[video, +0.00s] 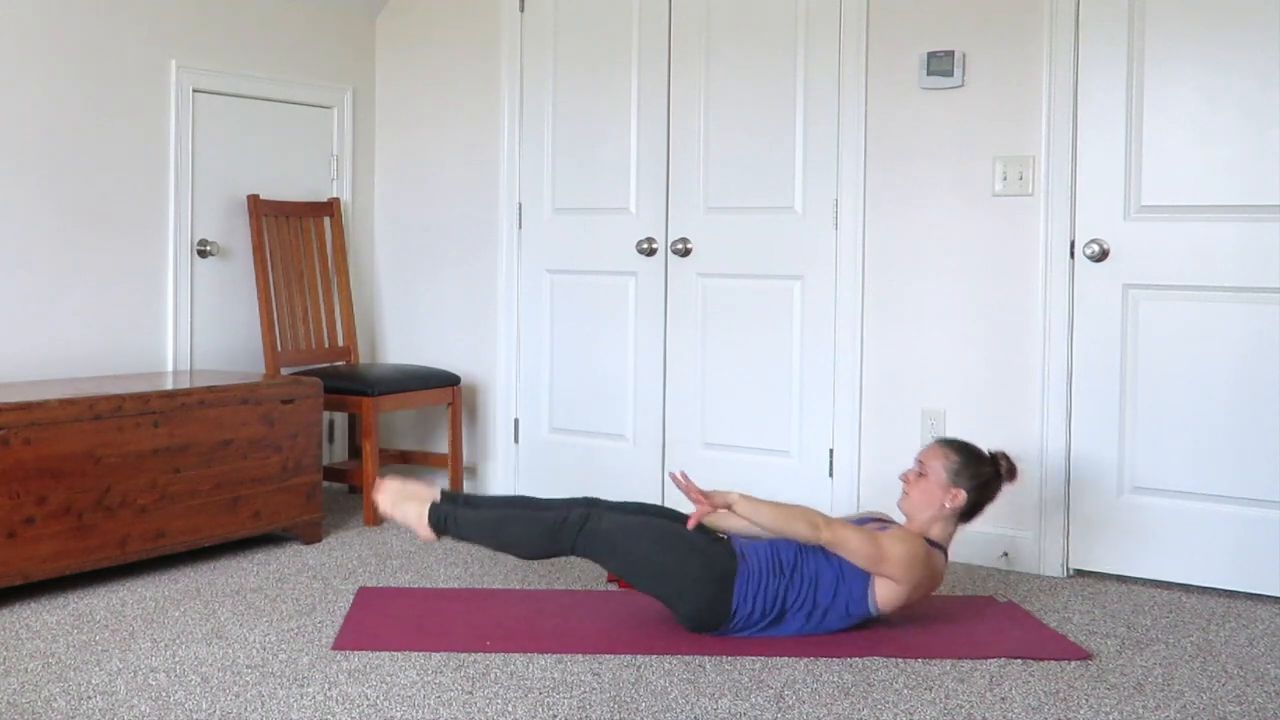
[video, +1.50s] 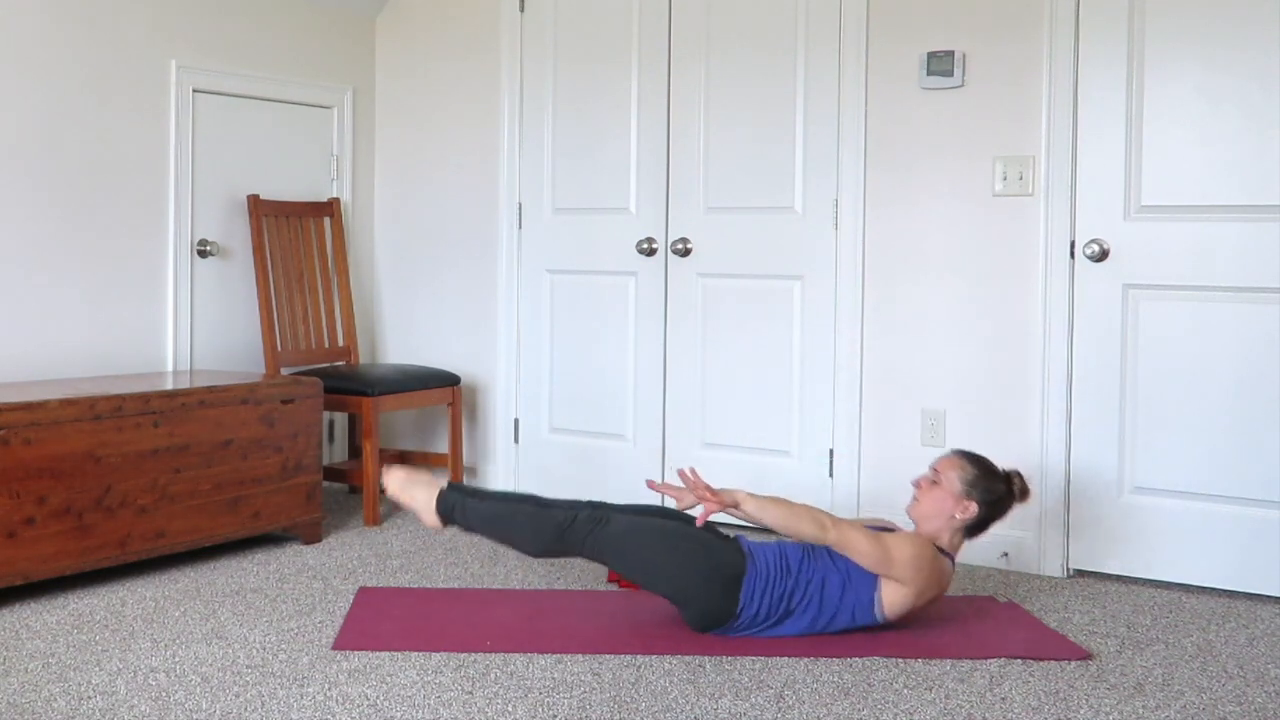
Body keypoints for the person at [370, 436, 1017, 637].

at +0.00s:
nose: (906, 478)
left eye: (923, 475)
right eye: (915, 467)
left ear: (955, 503)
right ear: (935, 493)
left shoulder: (913, 557)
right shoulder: (897, 536)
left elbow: (814, 528)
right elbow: (808, 538)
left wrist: (731, 505)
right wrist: (732, 509)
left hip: (729, 585)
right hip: (727, 565)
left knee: (584, 522)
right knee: (584, 512)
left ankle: (434, 513)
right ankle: (436, 506)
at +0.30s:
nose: (817, 389)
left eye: (830, 382)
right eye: (823, 378)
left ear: (864, 401)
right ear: (859, 400)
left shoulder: (853, 473)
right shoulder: (827, 453)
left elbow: (750, 486)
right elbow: (741, 478)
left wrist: (653, 495)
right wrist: (648, 496)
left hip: (716, 595)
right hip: (713, 569)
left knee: (625, 447)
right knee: (625, 442)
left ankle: (506, 531)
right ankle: (508, 520)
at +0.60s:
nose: (783, 361)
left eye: (796, 355)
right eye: (789, 351)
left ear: (829, 374)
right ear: (824, 374)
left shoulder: (814, 447)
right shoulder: (786, 433)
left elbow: (716, 485)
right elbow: (701, 468)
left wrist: (622, 514)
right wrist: (616, 506)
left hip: (712, 598)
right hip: (705, 582)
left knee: (679, 431)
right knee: (672, 426)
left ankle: (553, 504)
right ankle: (552, 489)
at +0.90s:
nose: (885, 445)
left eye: (902, 442)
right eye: (894, 435)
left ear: (932, 471)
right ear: (909, 455)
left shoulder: (896, 526)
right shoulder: (873, 503)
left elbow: (793, 511)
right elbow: (781, 499)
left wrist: (695, 496)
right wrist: (688, 488)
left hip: (722, 589)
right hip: (722, 567)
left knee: (590, 494)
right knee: (592, 490)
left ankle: (440, 520)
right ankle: (445, 516)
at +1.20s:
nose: (940, 502)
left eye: (957, 504)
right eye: (950, 495)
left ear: (979, 538)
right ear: (960, 522)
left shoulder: (925, 580)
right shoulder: (913, 560)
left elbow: (844, 532)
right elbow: (835, 527)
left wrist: (760, 485)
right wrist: (746, 481)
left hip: (733, 583)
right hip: (736, 560)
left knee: (600, 503)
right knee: (604, 496)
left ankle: (461, 442)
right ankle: (465, 451)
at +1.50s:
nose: (919, 485)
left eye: (935, 483)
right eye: (928, 476)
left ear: (964, 515)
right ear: (952, 508)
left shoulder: (915, 562)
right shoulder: (911, 550)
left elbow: (817, 526)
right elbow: (813, 531)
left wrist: (729, 499)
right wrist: (721, 502)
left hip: (732, 580)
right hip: (734, 569)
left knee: (587, 524)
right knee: (590, 518)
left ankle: (440, 502)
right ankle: (445, 499)